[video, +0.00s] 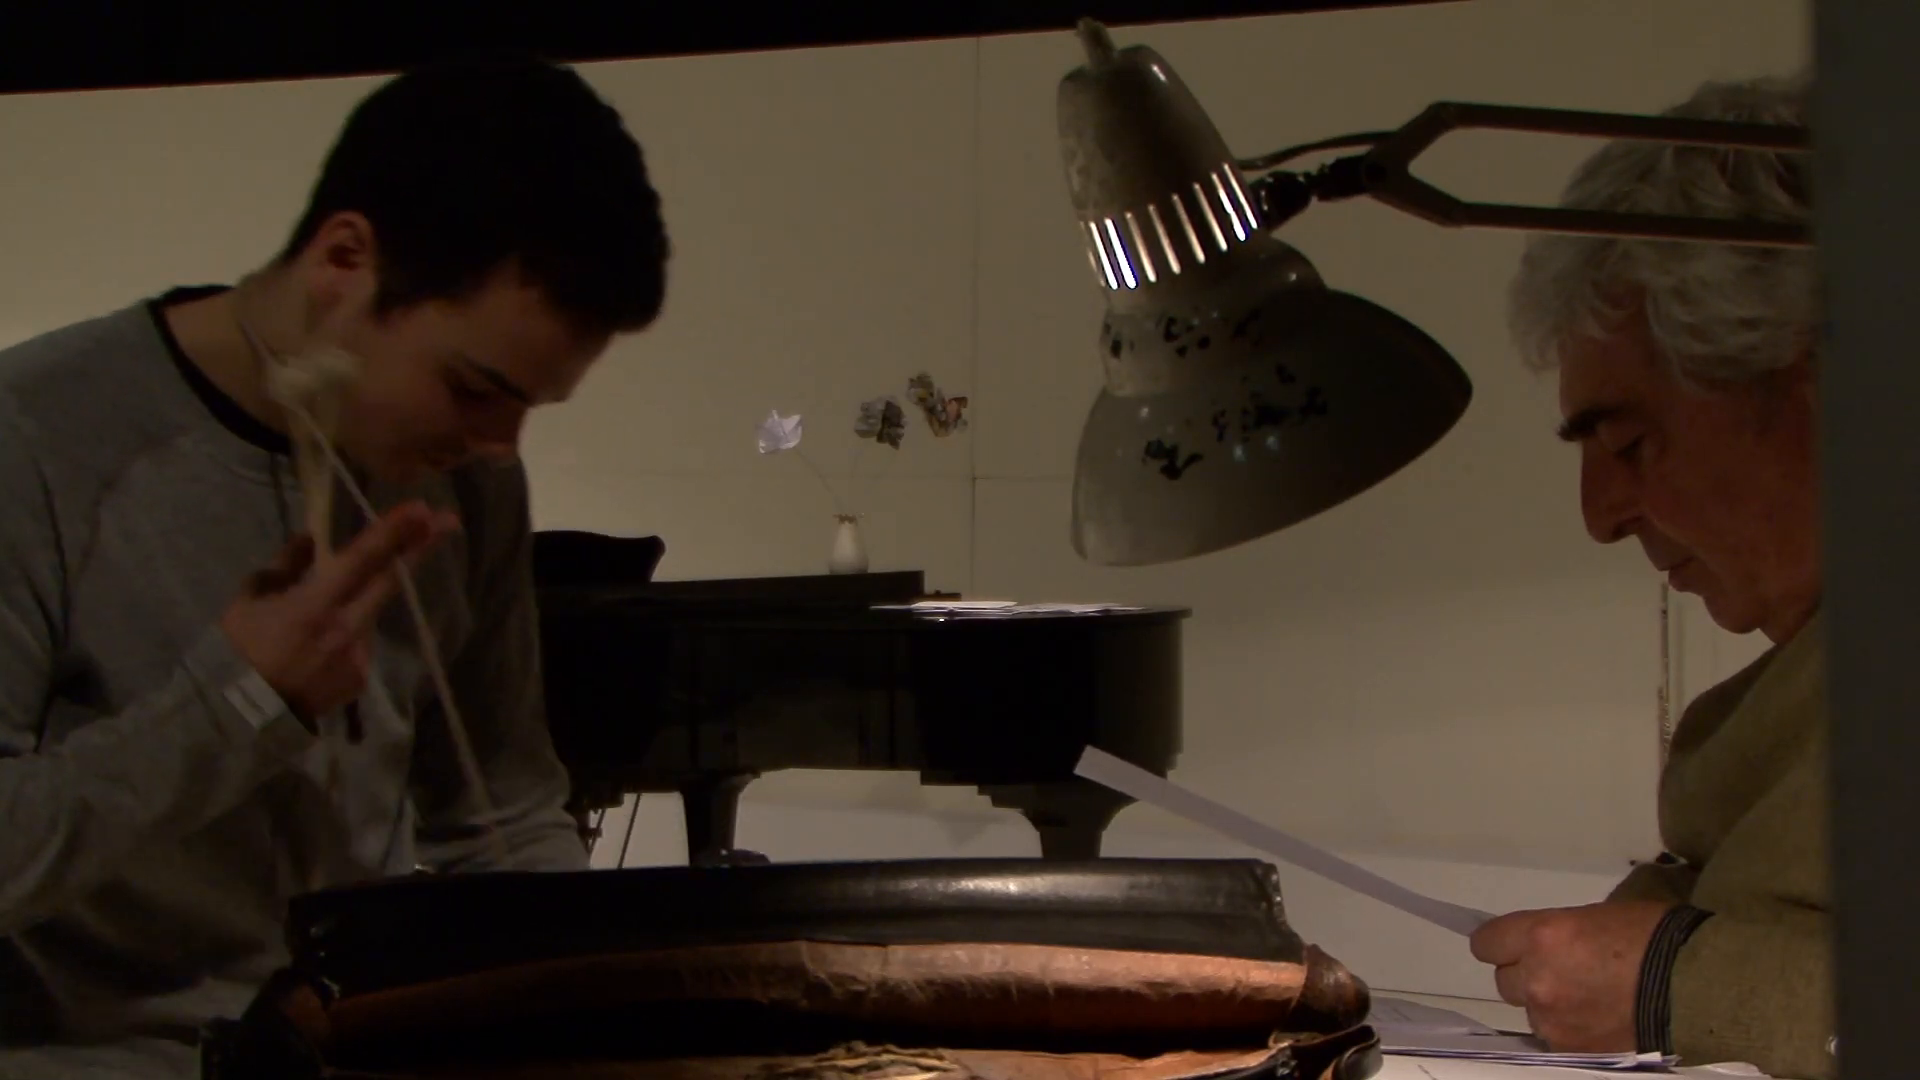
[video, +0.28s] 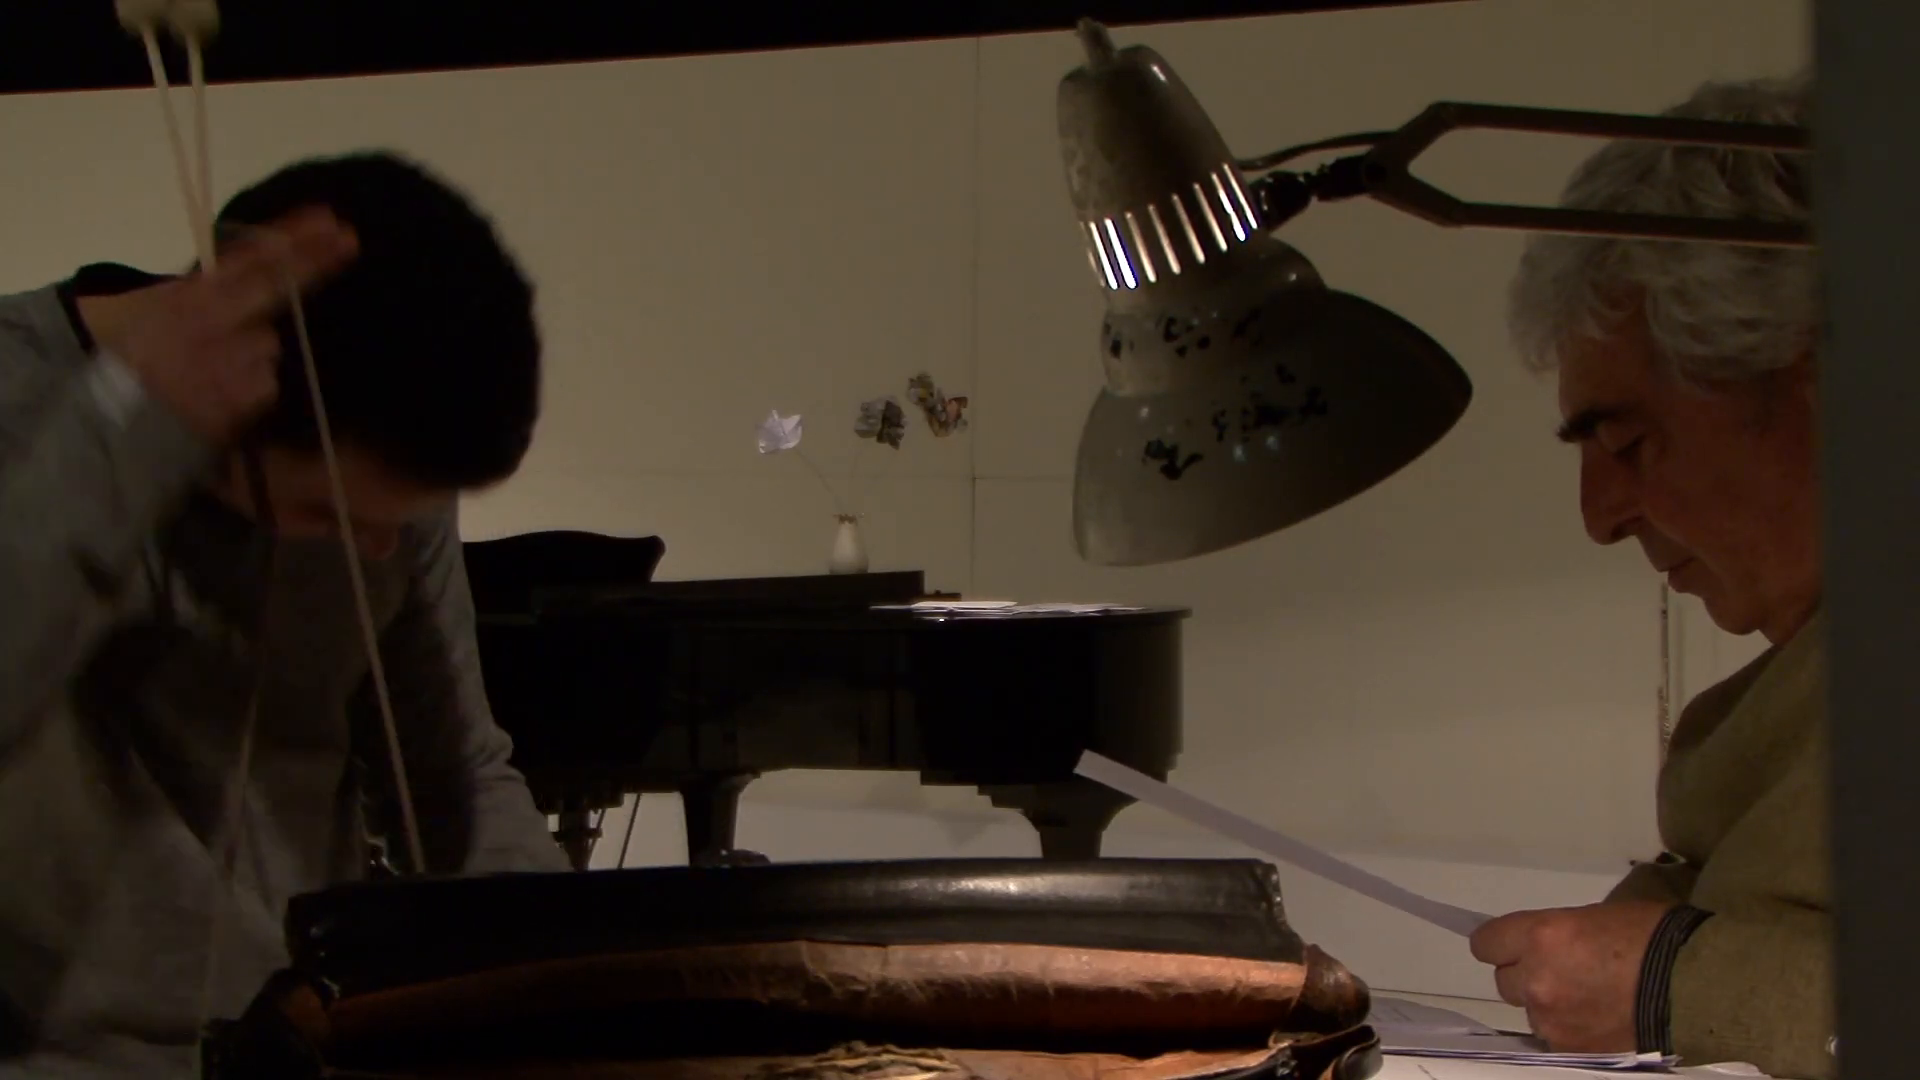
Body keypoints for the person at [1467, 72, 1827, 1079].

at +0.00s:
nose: (1602, 516)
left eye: (1627, 438)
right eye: (1591, 450)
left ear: (1808, 381)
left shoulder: (1873, 658)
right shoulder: (1798, 668)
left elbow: (1895, 1005)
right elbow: (1741, 866)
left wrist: (1674, 984)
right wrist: (1650, 927)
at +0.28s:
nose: (1602, 517)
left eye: (1625, 437)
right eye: (1590, 448)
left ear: (1809, 381)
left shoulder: (1870, 659)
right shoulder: (1795, 670)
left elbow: (1892, 1006)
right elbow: (1732, 869)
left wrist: (1673, 983)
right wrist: (1645, 936)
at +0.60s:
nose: (1603, 517)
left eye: (1627, 438)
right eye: (1591, 451)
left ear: (1806, 379)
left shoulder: (1872, 656)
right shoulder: (1797, 668)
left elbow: (1889, 1007)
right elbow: (1741, 872)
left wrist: (1673, 983)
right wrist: (1649, 934)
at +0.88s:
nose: (1602, 519)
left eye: (1624, 439)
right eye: (1590, 452)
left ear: (1806, 377)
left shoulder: (1873, 656)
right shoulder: (1800, 666)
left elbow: (1893, 1004)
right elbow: (1741, 870)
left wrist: (1674, 984)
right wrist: (1646, 936)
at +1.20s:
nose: (1601, 520)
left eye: (1623, 439)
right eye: (1589, 453)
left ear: (1809, 379)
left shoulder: (1874, 656)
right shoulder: (1792, 674)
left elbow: (1896, 1004)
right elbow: (1733, 874)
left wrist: (1673, 985)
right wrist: (1642, 948)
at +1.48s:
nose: (1600, 520)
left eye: (1622, 440)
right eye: (1589, 455)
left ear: (1806, 376)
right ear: (1801, 374)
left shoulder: (1874, 652)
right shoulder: (1799, 665)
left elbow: (1894, 1006)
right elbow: (1731, 872)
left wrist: (1675, 985)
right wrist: (1641, 944)